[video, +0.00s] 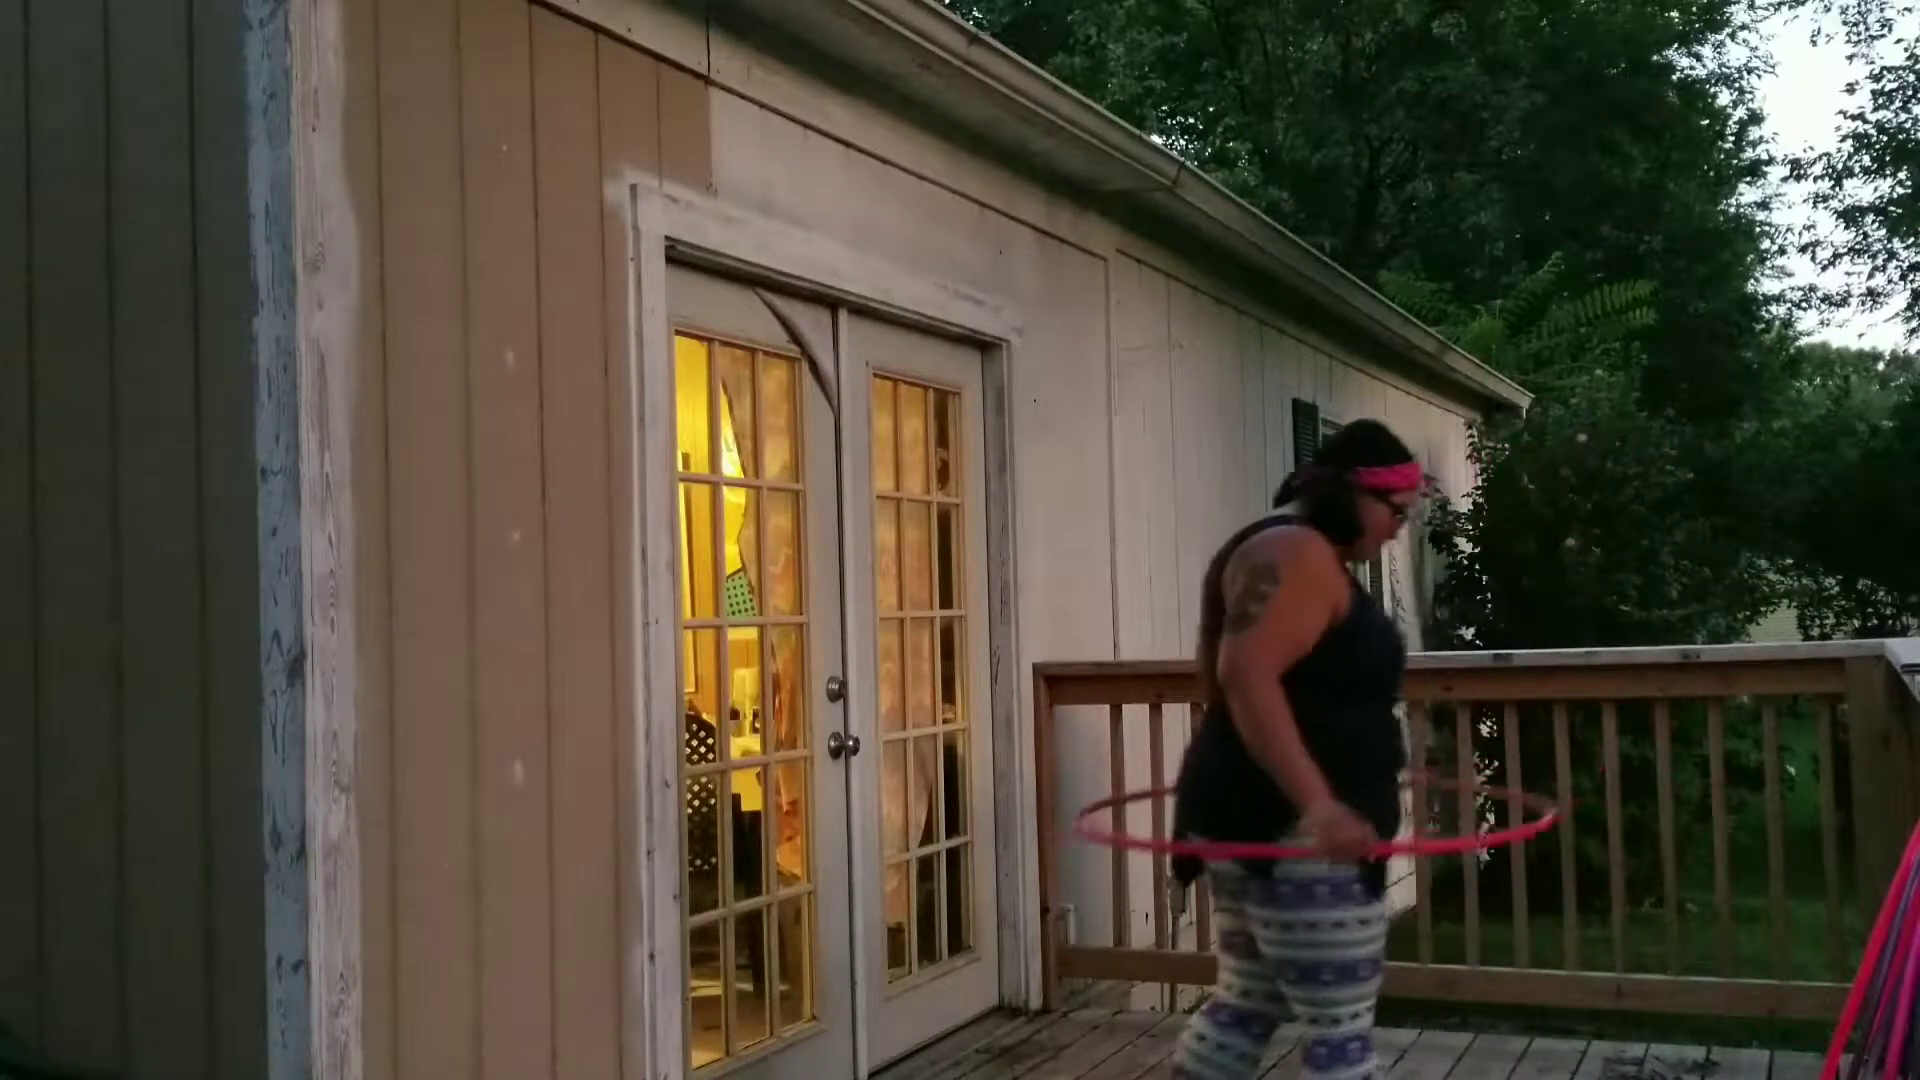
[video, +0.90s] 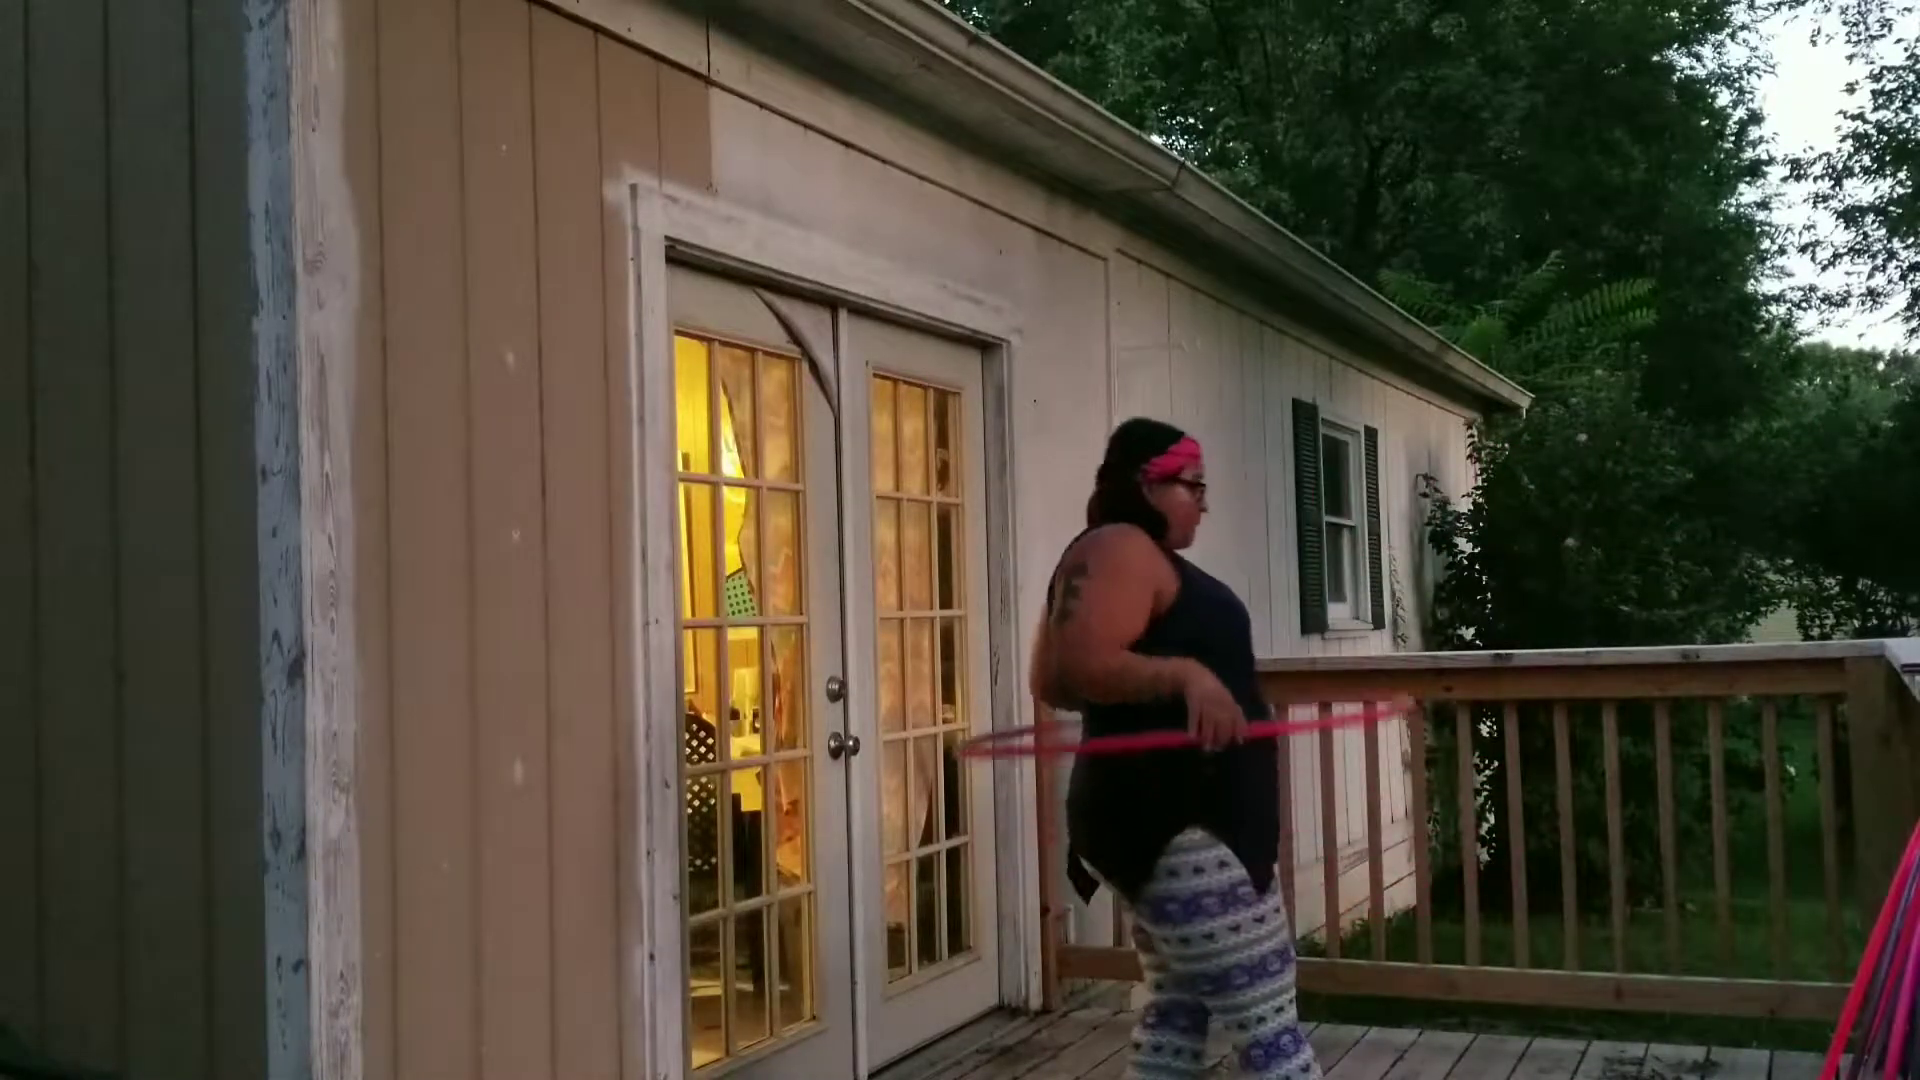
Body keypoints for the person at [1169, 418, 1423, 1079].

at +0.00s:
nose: (1399, 525)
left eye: (1405, 512)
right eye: (1394, 507)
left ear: (1338, 490)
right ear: (1351, 489)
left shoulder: (1269, 549)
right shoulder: (1300, 554)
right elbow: (1246, 674)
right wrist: (1320, 804)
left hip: (1246, 826)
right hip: (1304, 833)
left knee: (1247, 1004)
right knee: (1340, 1030)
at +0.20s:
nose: (1331, 537)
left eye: (1335, 523)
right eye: (1324, 518)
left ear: (1272, 503)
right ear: (1282, 502)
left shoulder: (1219, 565)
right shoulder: (1237, 568)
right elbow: (1221, 722)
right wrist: (1266, 855)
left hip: (1198, 835)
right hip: (1241, 841)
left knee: (1201, 1024)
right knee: (1306, 1037)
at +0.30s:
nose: (1299, 544)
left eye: (1306, 530)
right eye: (1295, 525)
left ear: (1246, 507)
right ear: (1253, 506)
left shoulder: (1182, 571)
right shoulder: (1209, 577)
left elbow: (1156, 724)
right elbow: (1213, 725)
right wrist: (1241, 861)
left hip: (1173, 832)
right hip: (1215, 837)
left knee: (1199, 1018)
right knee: (1284, 1020)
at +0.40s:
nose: (1271, 545)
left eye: (1276, 532)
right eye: (1266, 527)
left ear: (1219, 508)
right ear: (1225, 509)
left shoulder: (1160, 571)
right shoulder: (1184, 579)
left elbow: (1143, 726)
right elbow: (1194, 730)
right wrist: (1227, 864)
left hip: (1158, 833)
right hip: (1194, 838)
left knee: (1199, 1016)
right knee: (1273, 1010)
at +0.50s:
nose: (1248, 543)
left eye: (1253, 530)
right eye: (1241, 524)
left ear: (1189, 511)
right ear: (1198, 509)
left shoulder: (1146, 573)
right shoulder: (1158, 577)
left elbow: (1153, 726)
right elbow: (1158, 720)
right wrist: (1214, 853)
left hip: (1160, 838)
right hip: (1188, 842)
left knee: (1198, 1019)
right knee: (1271, 1024)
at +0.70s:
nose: (1219, 530)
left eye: (1221, 515)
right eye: (1211, 512)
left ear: (1164, 504)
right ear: (1167, 501)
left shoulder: (1098, 566)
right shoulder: (1133, 562)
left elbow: (1067, 701)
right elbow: (1094, 683)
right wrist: (1201, 770)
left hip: (1144, 827)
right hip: (1174, 828)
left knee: (1190, 1014)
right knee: (1263, 1002)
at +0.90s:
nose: (1203, 501)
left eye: (1202, 487)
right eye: (1192, 486)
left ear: (1147, 490)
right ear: (1148, 488)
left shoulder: (1093, 555)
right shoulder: (1124, 547)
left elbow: (1051, 680)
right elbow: (1077, 664)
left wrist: (1159, 689)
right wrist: (1186, 672)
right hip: (1163, 811)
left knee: (1178, 1002)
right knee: (1260, 982)